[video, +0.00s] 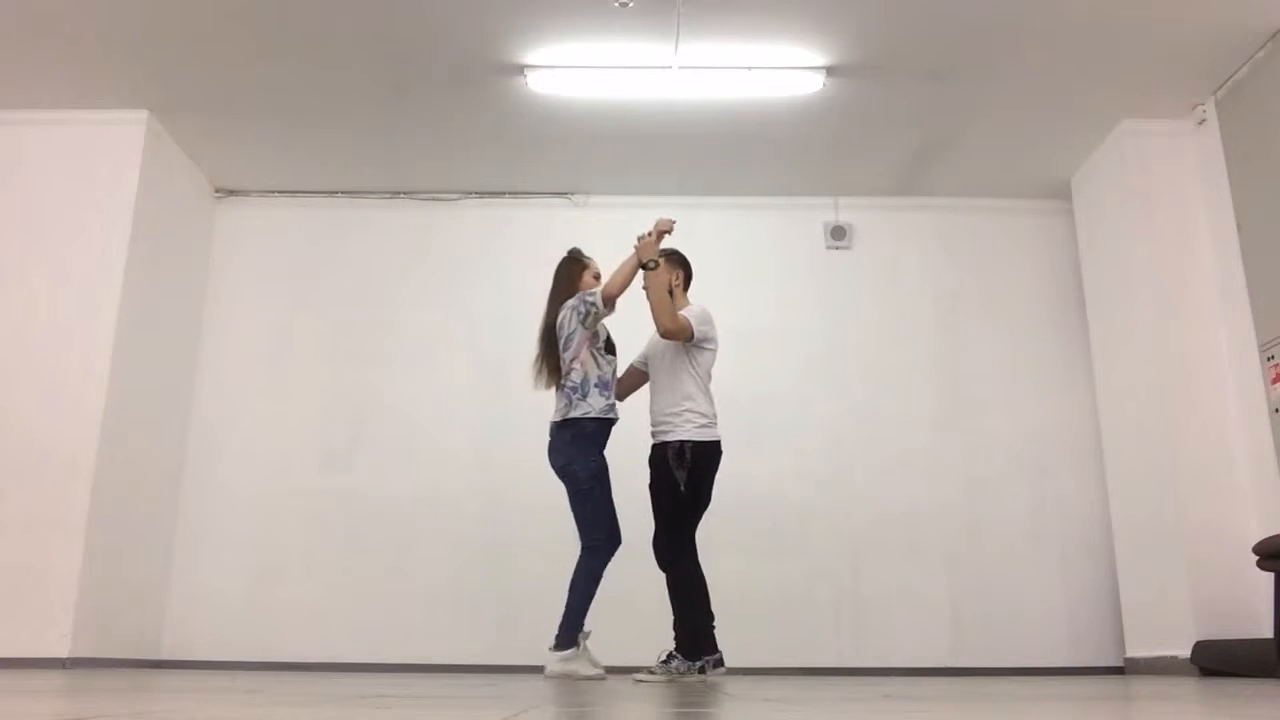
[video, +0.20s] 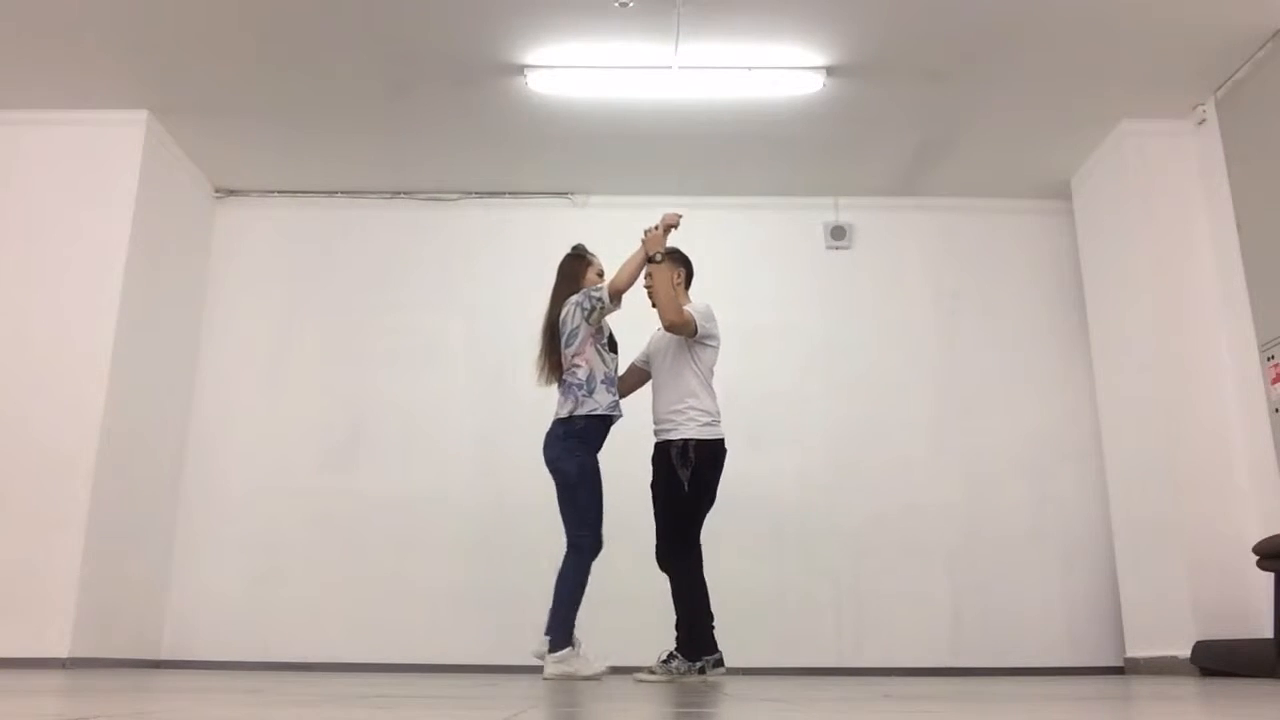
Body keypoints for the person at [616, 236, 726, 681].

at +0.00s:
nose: (648, 283)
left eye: (657, 273)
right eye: (647, 276)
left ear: (679, 276)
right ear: (657, 282)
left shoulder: (701, 317)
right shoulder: (657, 340)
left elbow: (668, 326)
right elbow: (617, 390)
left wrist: (648, 267)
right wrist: (574, 379)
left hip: (692, 445)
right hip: (668, 447)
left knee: (672, 546)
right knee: (676, 548)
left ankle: (692, 651)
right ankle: (701, 648)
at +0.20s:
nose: (647, 282)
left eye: (655, 275)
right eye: (646, 276)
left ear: (681, 278)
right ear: (656, 283)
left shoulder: (702, 314)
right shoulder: (658, 339)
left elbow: (672, 320)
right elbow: (619, 387)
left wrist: (656, 257)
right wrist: (574, 377)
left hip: (697, 444)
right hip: (669, 447)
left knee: (679, 549)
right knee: (672, 552)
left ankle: (693, 651)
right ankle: (701, 648)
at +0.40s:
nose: (652, 280)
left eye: (660, 273)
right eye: (651, 274)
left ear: (682, 277)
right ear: (663, 281)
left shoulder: (703, 314)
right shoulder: (663, 338)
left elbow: (668, 311)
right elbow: (623, 389)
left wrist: (653, 252)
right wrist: (577, 373)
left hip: (701, 442)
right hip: (677, 444)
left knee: (682, 546)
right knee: (662, 547)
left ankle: (692, 650)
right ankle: (696, 645)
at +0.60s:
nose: (646, 282)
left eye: (652, 272)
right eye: (644, 275)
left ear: (678, 274)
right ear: (671, 280)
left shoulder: (702, 312)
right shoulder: (666, 339)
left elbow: (664, 320)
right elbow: (625, 392)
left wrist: (636, 265)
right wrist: (580, 372)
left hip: (698, 443)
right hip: (674, 445)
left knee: (679, 550)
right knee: (669, 552)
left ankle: (692, 654)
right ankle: (693, 651)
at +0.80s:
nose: (638, 282)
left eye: (644, 274)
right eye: (639, 275)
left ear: (669, 276)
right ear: (666, 278)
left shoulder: (690, 314)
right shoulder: (664, 331)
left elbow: (652, 338)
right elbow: (628, 382)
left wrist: (607, 291)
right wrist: (577, 369)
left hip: (696, 443)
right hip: (672, 444)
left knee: (681, 547)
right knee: (647, 548)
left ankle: (688, 655)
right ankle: (677, 646)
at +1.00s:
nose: (625, 283)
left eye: (630, 274)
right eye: (627, 275)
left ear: (652, 276)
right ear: (653, 278)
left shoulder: (671, 318)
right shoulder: (659, 322)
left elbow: (629, 365)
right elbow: (628, 365)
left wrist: (577, 340)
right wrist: (596, 347)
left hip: (681, 444)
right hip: (668, 444)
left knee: (665, 551)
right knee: (652, 551)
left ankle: (682, 657)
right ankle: (663, 654)